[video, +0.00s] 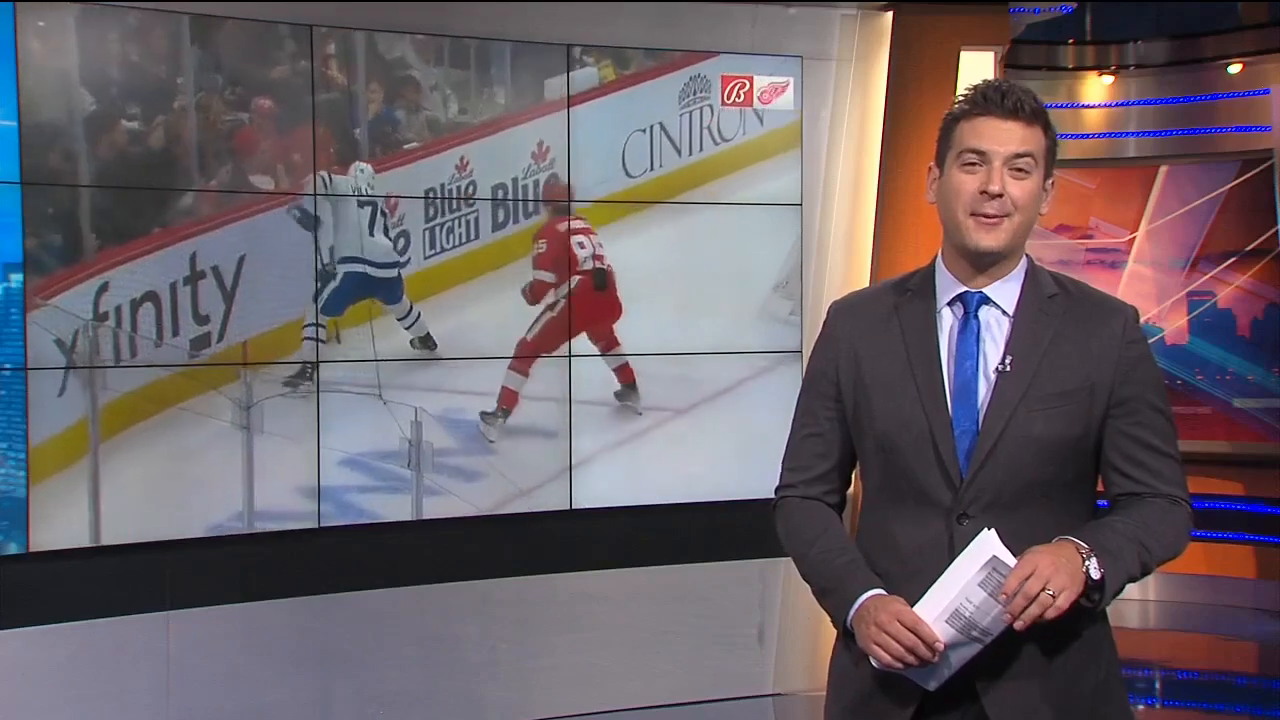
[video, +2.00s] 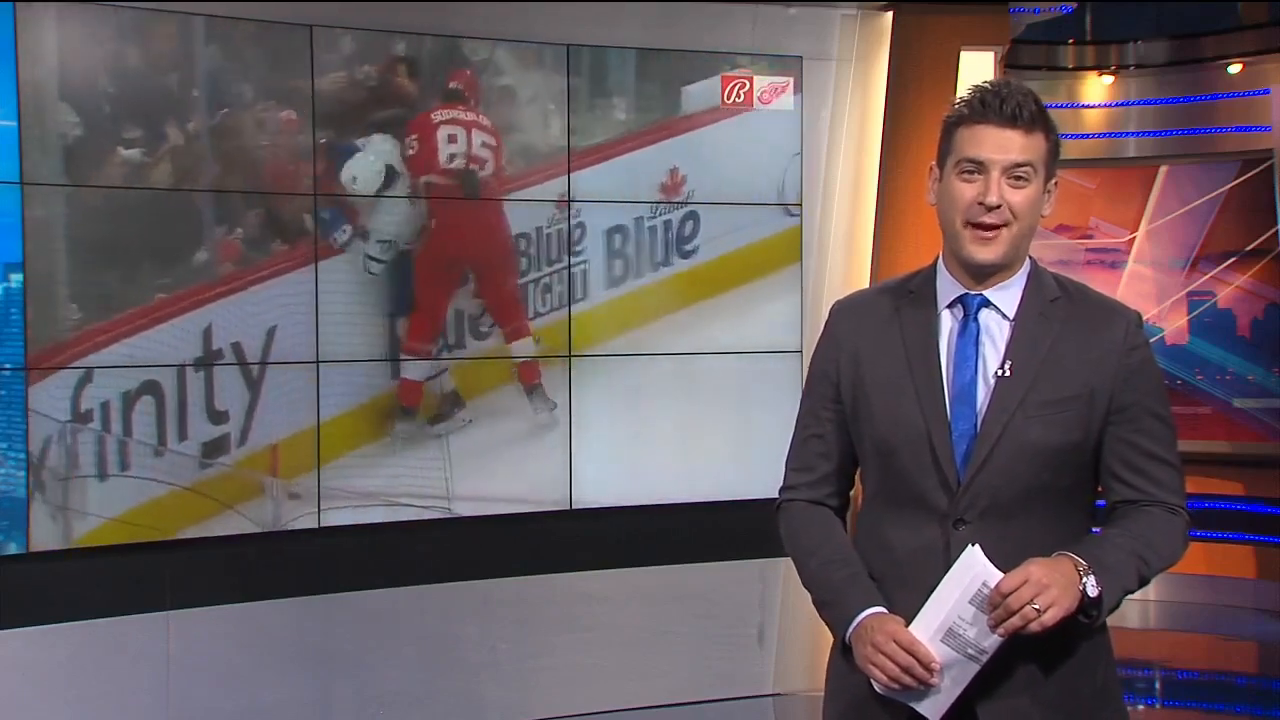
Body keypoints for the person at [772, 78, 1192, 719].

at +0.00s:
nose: (994, 186)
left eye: (1019, 168)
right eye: (972, 163)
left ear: (1045, 193)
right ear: (935, 182)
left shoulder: (1107, 331)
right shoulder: (855, 326)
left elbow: (1161, 506)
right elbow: (804, 497)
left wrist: (1084, 553)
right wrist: (859, 601)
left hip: (1048, 688)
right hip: (886, 686)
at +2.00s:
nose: (991, 197)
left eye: (1017, 177)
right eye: (970, 172)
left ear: (1047, 196)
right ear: (936, 185)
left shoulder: (1109, 336)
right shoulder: (857, 326)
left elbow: (1156, 512)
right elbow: (807, 499)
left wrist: (1082, 571)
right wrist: (860, 617)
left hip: (1046, 692)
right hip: (883, 688)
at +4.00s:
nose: (998, 196)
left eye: (1021, 175)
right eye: (974, 174)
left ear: (1050, 192)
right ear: (938, 193)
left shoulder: (1119, 333)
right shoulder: (867, 327)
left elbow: (1166, 507)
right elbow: (819, 499)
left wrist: (1095, 569)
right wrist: (873, 616)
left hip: (1057, 688)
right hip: (894, 686)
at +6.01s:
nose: (1001, 189)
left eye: (1027, 172)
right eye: (980, 165)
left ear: (1054, 197)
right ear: (944, 183)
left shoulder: (1119, 337)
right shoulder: (866, 327)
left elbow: (1164, 512)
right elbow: (817, 501)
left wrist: (1093, 574)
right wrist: (870, 620)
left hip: (1056, 692)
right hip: (892, 687)